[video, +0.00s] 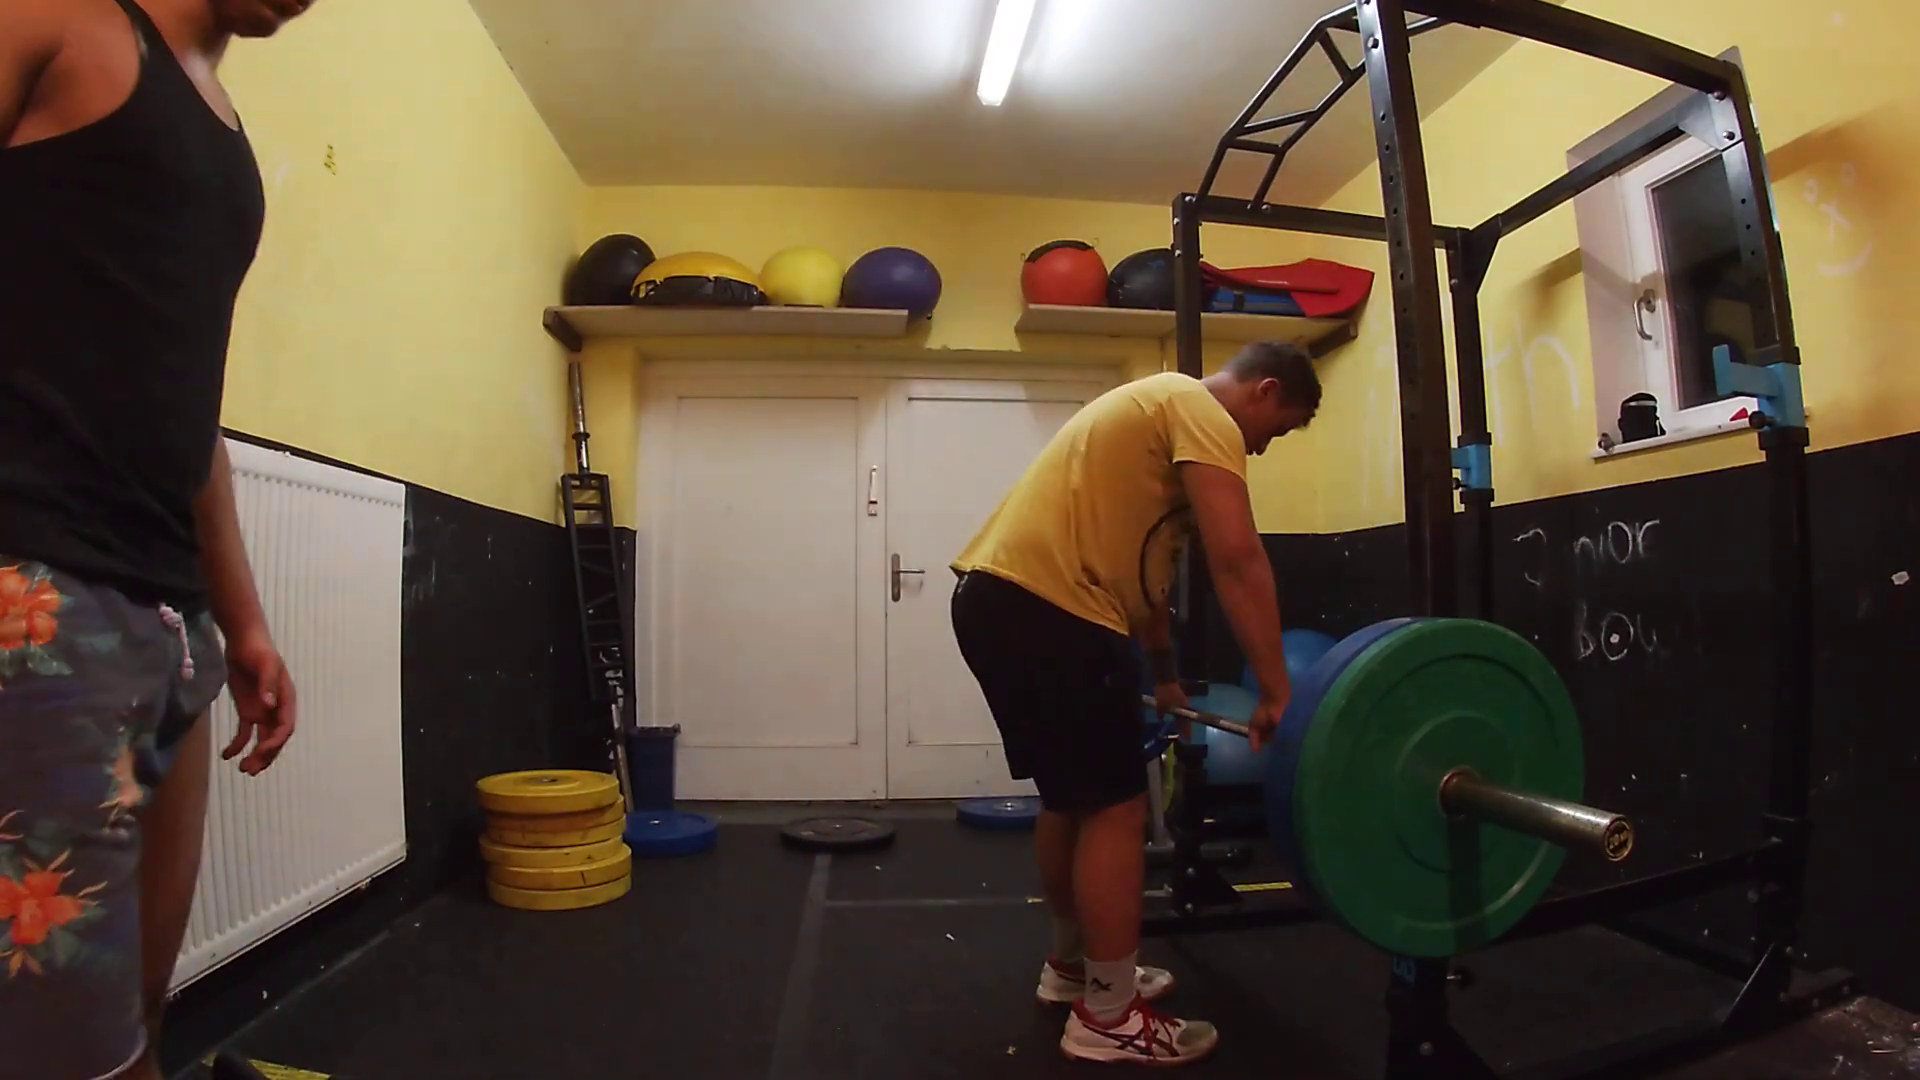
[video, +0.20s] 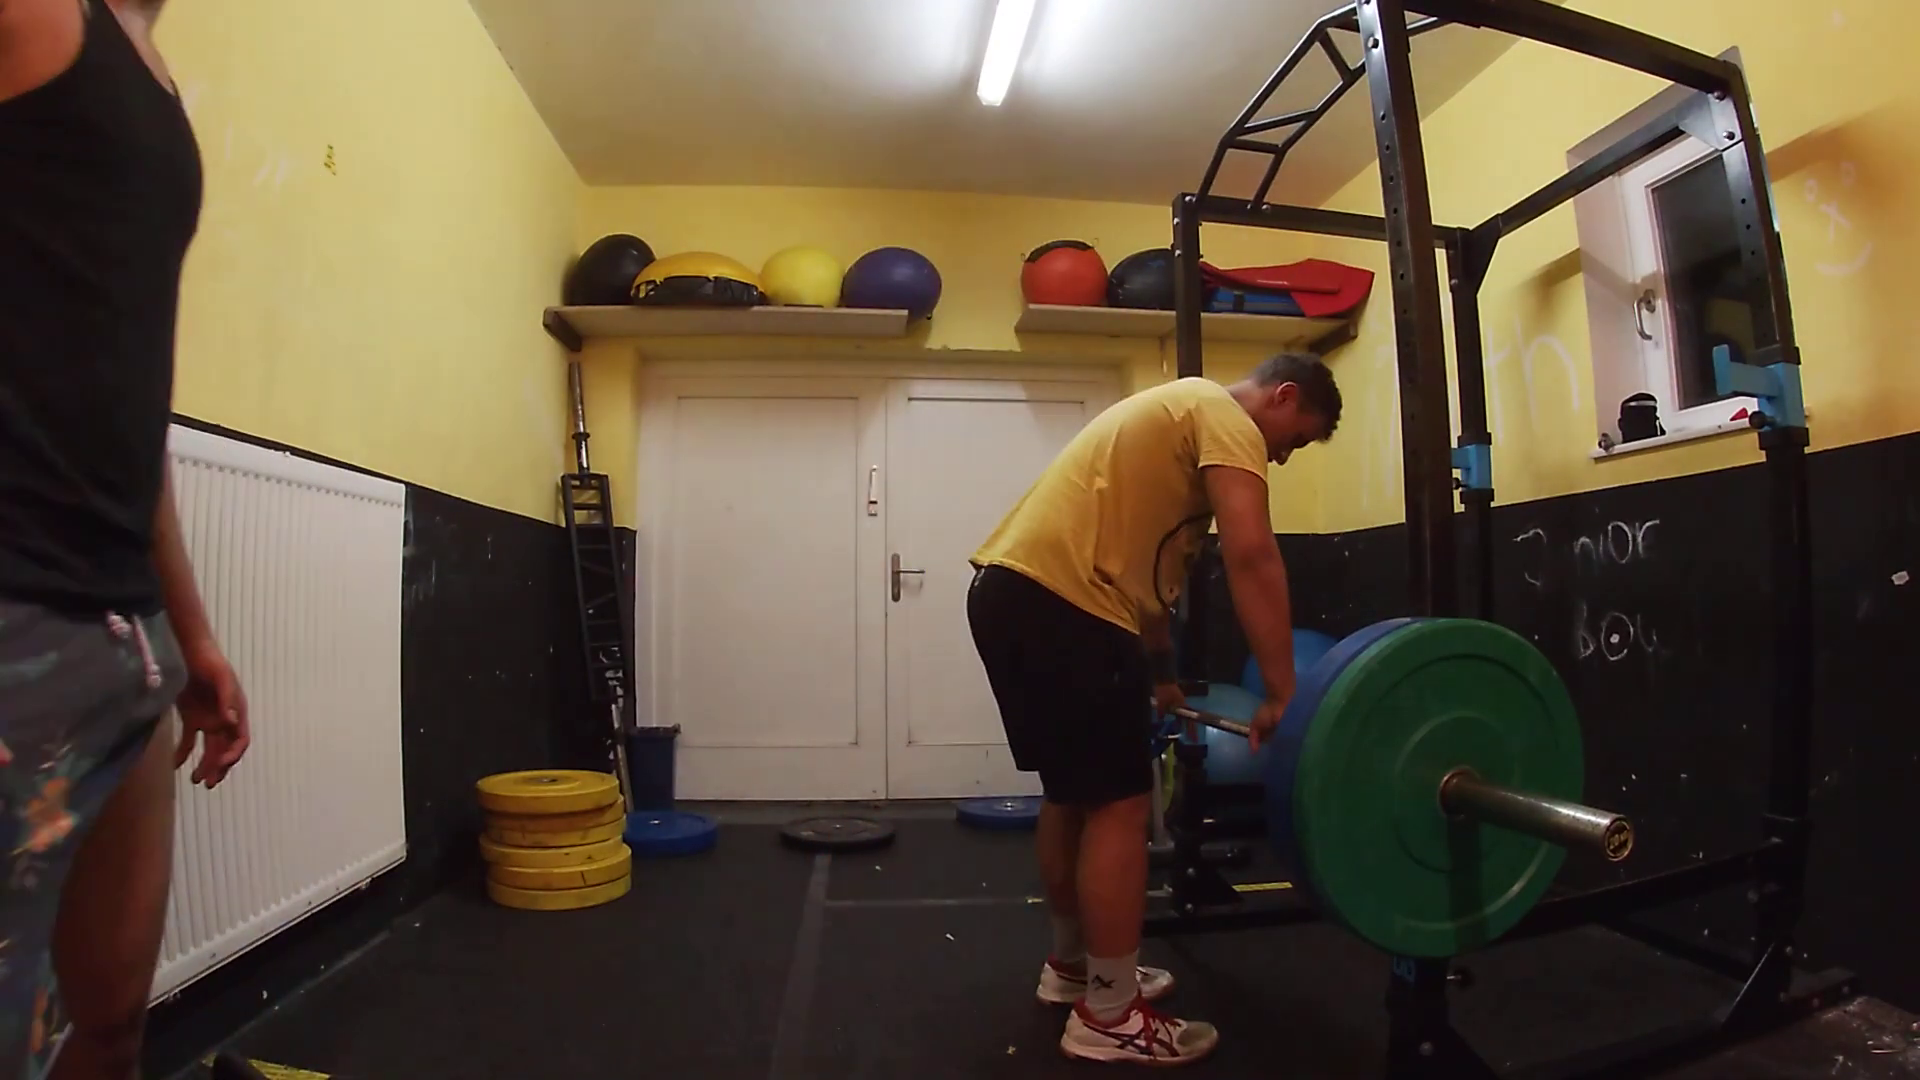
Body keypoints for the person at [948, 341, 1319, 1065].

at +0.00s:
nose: (1267, 444)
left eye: (1278, 435)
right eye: (1279, 428)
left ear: (1247, 380)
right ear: (1263, 392)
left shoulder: (1153, 412)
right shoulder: (1200, 411)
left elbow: (1143, 572)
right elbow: (1236, 555)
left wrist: (1163, 675)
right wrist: (1276, 689)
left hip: (1001, 595)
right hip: (1054, 607)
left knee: (1065, 794)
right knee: (1116, 803)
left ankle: (1071, 960)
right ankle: (1108, 1014)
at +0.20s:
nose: (1288, 454)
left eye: (1301, 445)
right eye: (1300, 436)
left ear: (1269, 389)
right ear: (1282, 396)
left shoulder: (1173, 418)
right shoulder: (1225, 416)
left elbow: (1142, 565)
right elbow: (1251, 552)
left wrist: (1160, 673)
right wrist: (1281, 689)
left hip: (1014, 584)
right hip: (1068, 598)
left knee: (1070, 788)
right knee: (1121, 801)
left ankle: (1072, 962)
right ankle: (1110, 1013)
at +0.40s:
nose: (1297, 459)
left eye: (1309, 452)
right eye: (1309, 442)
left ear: (1278, 392)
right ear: (1290, 400)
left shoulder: (1182, 421)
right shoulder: (1236, 417)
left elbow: (1143, 561)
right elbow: (1257, 550)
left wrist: (1161, 674)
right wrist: (1279, 687)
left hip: (1025, 582)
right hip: (1076, 597)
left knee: (1077, 788)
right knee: (1125, 800)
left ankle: (1069, 963)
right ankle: (1111, 1013)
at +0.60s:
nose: (1296, 463)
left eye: (1307, 456)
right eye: (1308, 447)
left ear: (1278, 395)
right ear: (1294, 406)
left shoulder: (1187, 421)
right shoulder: (1243, 418)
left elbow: (1155, 566)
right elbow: (1264, 548)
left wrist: (1166, 674)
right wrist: (1282, 690)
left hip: (1027, 583)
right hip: (1080, 597)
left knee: (1083, 788)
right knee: (1136, 797)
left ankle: (1071, 962)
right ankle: (1113, 1010)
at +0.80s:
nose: (1297, 461)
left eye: (1308, 454)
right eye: (1310, 445)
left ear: (1282, 392)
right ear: (1299, 406)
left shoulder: (1190, 411)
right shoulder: (1247, 420)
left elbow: (1154, 559)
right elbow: (1264, 552)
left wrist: (1170, 675)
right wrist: (1276, 694)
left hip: (1031, 589)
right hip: (1098, 604)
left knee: (1097, 783)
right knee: (1170, 788)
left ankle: (1075, 960)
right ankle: (1151, 1005)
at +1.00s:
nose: (1312, 462)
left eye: (1323, 455)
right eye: (1325, 446)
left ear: (1299, 392)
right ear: (1314, 405)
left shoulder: (1204, 410)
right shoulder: (1263, 416)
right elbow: (1275, 546)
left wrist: (1176, 677)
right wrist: (1284, 692)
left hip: (1052, 596)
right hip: (1118, 610)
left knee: (1118, 782)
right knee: (1179, 803)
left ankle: (1079, 958)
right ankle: (1185, 1008)